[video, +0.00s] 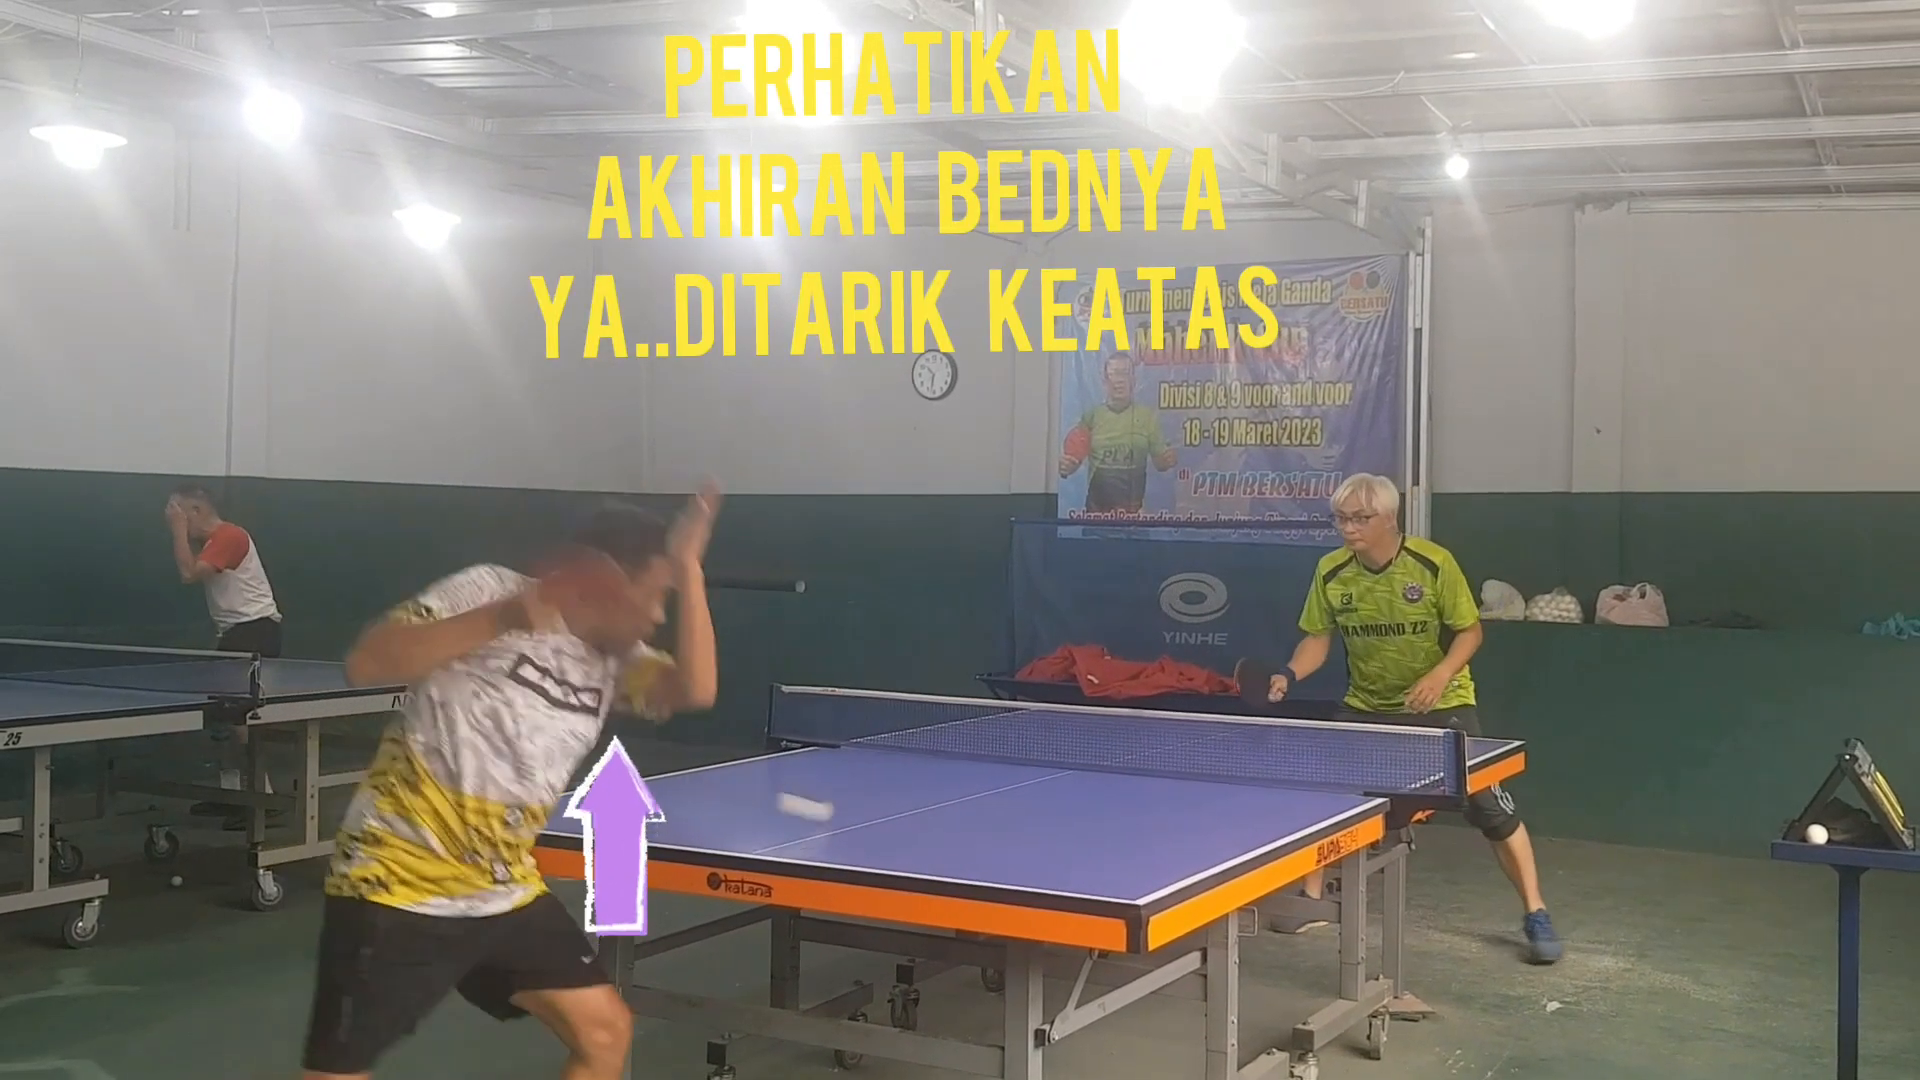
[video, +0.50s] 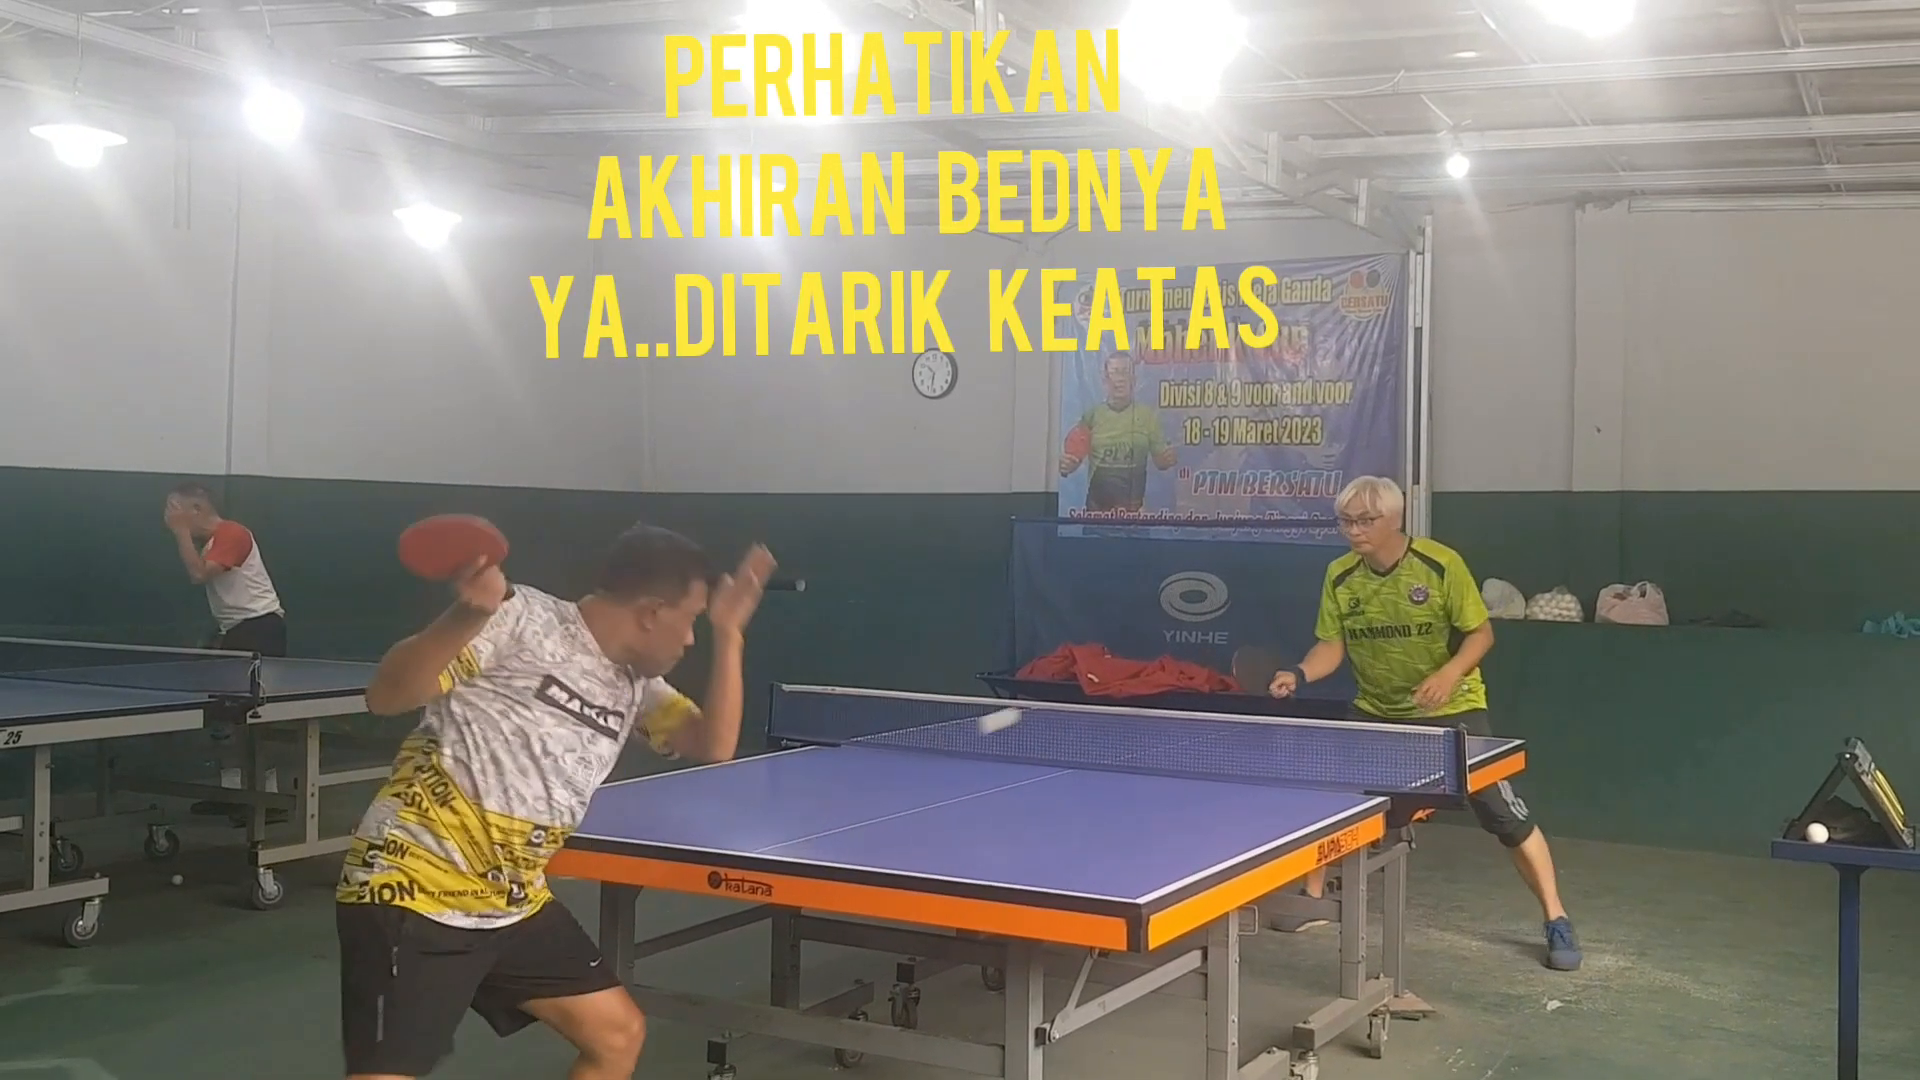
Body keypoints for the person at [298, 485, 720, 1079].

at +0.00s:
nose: (659, 617)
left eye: (666, 600)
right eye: (654, 595)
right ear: (602, 575)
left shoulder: (612, 661)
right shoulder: (490, 591)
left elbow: (696, 690)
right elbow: (366, 662)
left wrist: (687, 566)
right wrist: (502, 616)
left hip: (502, 889)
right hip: (394, 883)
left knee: (606, 1031)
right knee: (333, 1068)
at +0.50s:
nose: (693, 641)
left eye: (698, 626)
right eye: (692, 621)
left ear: (646, 614)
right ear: (648, 612)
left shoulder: (632, 687)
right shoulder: (517, 615)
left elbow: (715, 746)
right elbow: (385, 695)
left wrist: (730, 635)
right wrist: (466, 613)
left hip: (510, 897)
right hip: (411, 886)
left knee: (618, 1035)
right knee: (383, 1072)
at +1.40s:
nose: (689, 629)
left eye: (691, 613)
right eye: (688, 610)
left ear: (646, 606)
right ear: (651, 604)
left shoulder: (629, 685)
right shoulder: (509, 615)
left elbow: (705, 761)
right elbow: (402, 714)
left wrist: (744, 689)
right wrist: (506, 677)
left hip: (502, 890)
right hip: (406, 877)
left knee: (612, 1026)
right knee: (409, 1072)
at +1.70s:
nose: (671, 616)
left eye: (674, 600)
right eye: (670, 598)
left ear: (626, 592)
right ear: (631, 591)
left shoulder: (607, 672)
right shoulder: (495, 613)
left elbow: (679, 758)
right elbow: (406, 717)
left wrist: (726, 702)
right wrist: (533, 695)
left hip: (490, 887)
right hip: (398, 878)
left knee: (600, 1027)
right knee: (402, 1075)